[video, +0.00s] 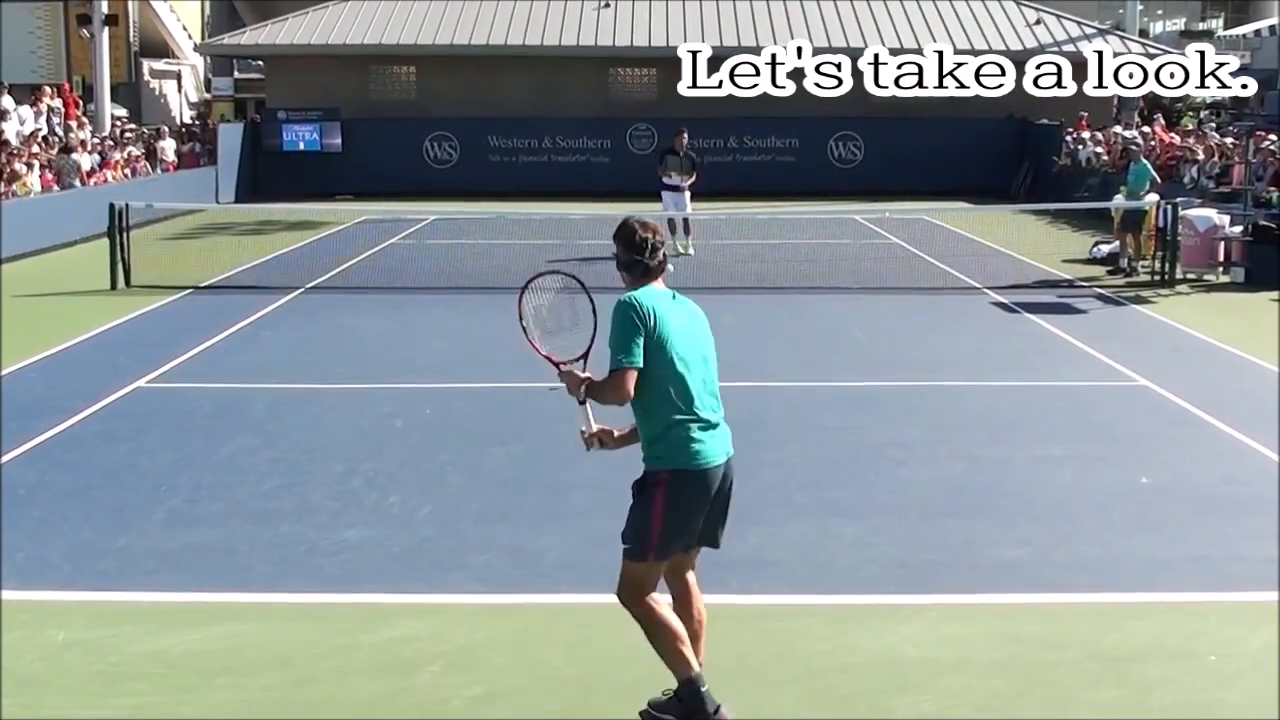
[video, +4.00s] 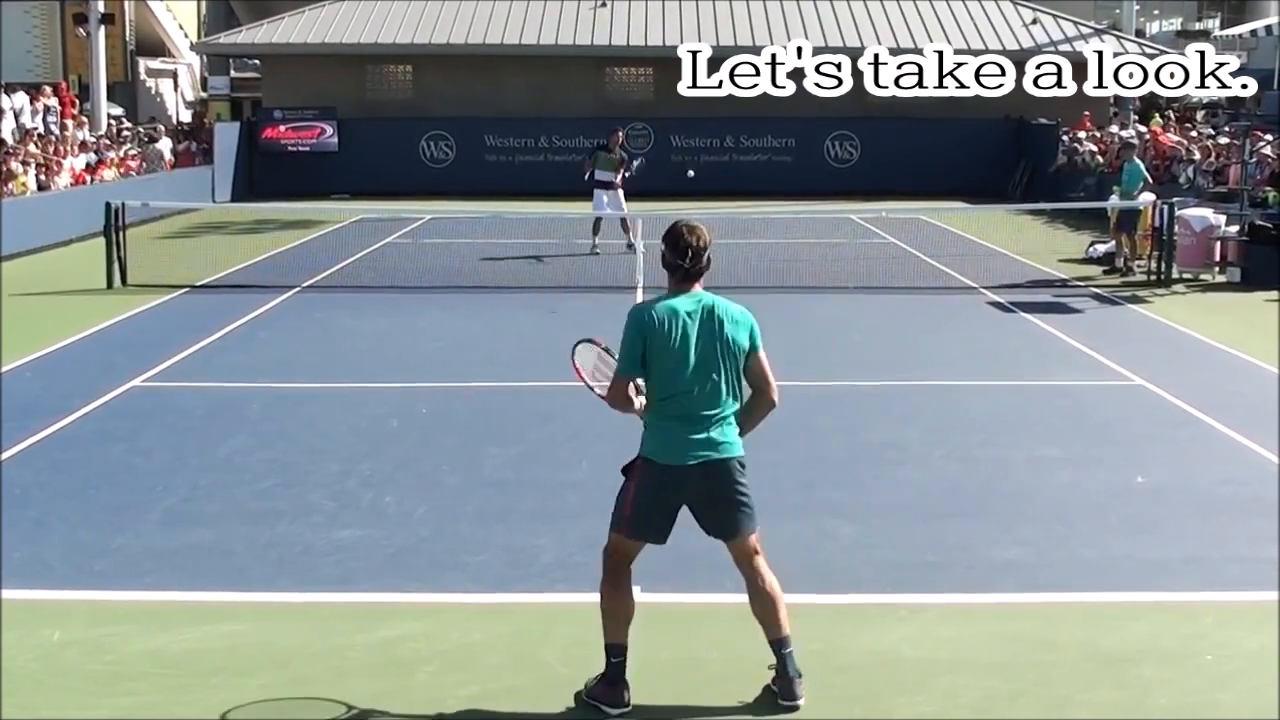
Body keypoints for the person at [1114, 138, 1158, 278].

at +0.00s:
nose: (1130, 154)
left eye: (1133, 151)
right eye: (1129, 151)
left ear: (1139, 151)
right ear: (1129, 152)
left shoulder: (1145, 165)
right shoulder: (1132, 165)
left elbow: (1157, 181)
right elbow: (1133, 181)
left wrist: (1146, 193)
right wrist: (1126, 190)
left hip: (1140, 205)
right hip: (1129, 203)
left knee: (1136, 235)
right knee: (1121, 233)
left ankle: (1136, 265)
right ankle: (1122, 264)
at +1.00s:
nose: (1134, 152)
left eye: (1137, 149)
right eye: (1133, 149)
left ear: (1143, 149)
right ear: (1132, 150)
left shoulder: (1148, 163)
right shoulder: (1135, 164)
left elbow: (1159, 179)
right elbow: (1136, 181)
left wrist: (1147, 192)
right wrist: (1129, 188)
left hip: (1143, 204)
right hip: (1132, 203)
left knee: (1139, 234)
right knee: (1124, 231)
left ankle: (1138, 264)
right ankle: (1125, 262)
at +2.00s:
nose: (1129, 154)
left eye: (1132, 151)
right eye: (1129, 151)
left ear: (1138, 152)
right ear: (1130, 152)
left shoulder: (1145, 166)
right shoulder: (1132, 165)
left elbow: (1156, 182)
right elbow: (1134, 182)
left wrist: (1144, 193)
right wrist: (1126, 191)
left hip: (1140, 206)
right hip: (1129, 204)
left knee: (1138, 236)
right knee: (1123, 234)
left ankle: (1137, 265)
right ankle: (1123, 263)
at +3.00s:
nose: (1127, 154)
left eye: (1130, 151)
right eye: (1127, 151)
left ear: (1136, 152)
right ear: (1127, 153)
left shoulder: (1142, 165)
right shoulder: (1129, 165)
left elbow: (1154, 182)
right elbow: (1128, 183)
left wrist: (1142, 195)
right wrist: (1123, 191)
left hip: (1137, 204)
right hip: (1126, 203)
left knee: (1134, 235)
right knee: (1120, 234)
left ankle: (1134, 266)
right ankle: (1124, 264)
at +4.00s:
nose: (1122, 153)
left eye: (1125, 150)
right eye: (1122, 150)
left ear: (1132, 151)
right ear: (1123, 151)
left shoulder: (1138, 165)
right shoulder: (1126, 165)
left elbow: (1148, 181)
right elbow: (1125, 181)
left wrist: (1137, 193)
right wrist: (1119, 189)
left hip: (1134, 205)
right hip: (1123, 203)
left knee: (1131, 234)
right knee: (1117, 232)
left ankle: (1132, 265)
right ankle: (1118, 263)